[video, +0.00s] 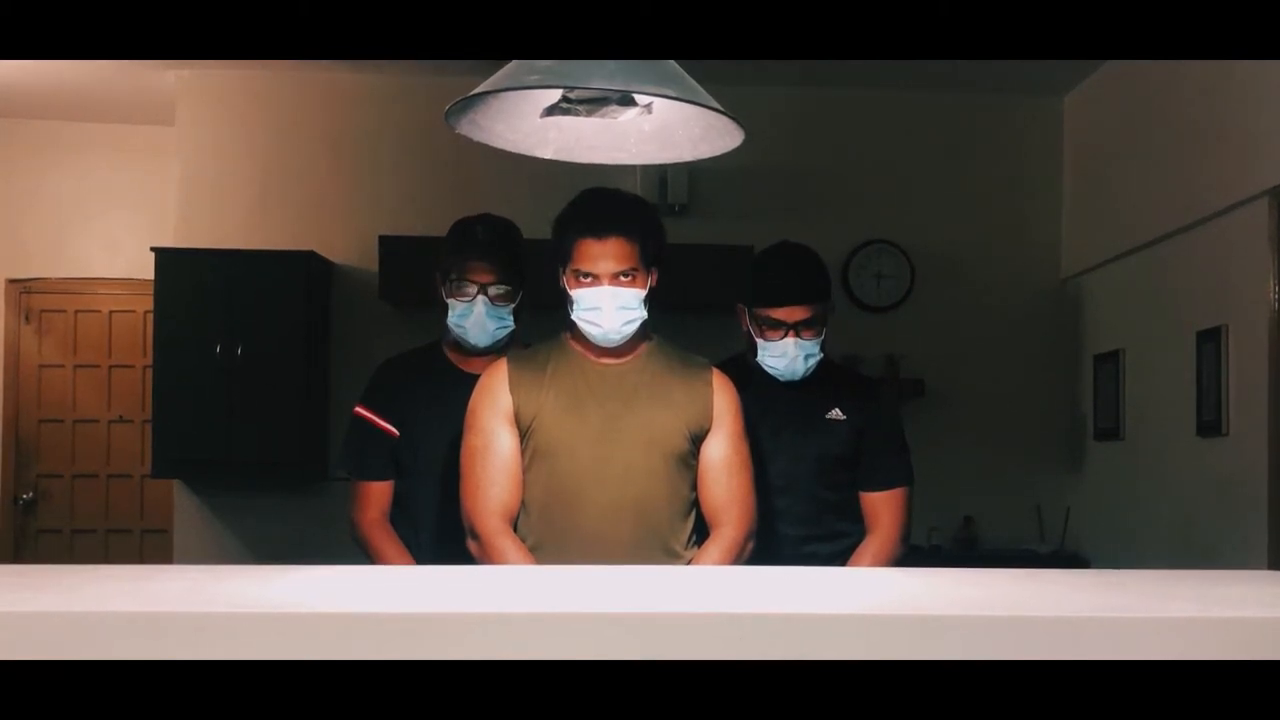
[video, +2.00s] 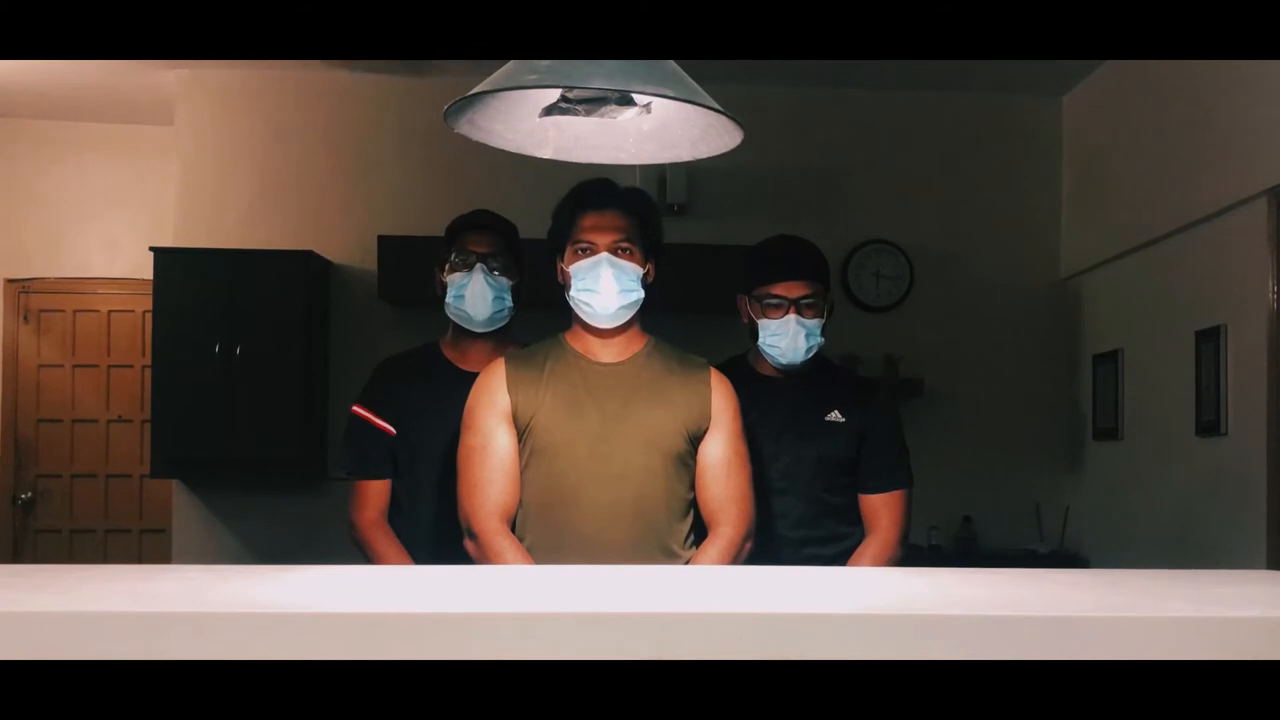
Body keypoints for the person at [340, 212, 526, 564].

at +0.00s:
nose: (480, 309)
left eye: (499, 293)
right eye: (463, 289)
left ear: (518, 297)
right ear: (442, 289)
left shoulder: (538, 385)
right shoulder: (399, 380)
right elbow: (369, 518)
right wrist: (422, 596)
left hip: (515, 592)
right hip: (427, 590)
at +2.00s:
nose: (478, 278)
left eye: (496, 266)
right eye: (463, 262)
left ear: (516, 280)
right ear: (442, 276)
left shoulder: (541, 381)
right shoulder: (397, 379)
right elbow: (368, 519)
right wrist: (422, 600)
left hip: (517, 594)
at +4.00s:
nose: (483, 263)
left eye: (499, 252)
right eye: (468, 250)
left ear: (517, 270)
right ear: (445, 272)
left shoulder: (542, 381)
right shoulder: (398, 379)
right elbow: (370, 518)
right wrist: (421, 598)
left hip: (520, 593)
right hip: (428, 591)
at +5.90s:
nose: (454, 284)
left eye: (470, 271)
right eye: (439, 268)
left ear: (490, 287)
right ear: (418, 282)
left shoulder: (508, 380)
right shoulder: (369, 375)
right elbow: (346, 514)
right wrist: (393, 591)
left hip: (481, 592)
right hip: (389, 588)